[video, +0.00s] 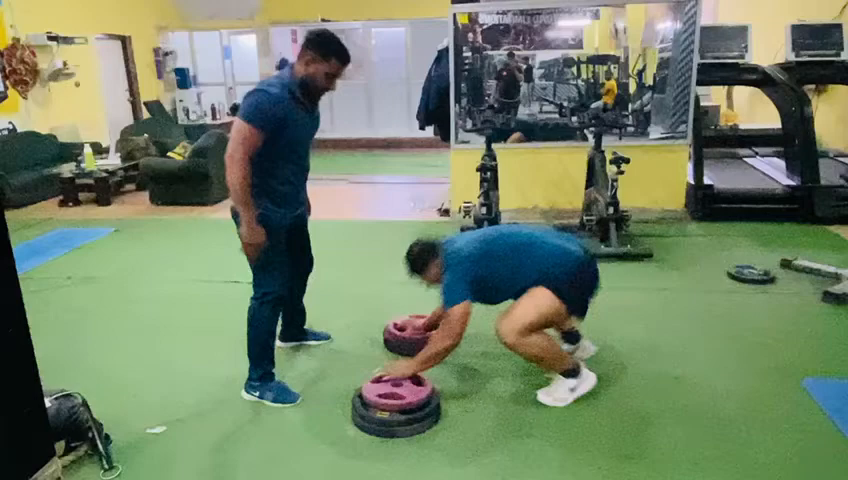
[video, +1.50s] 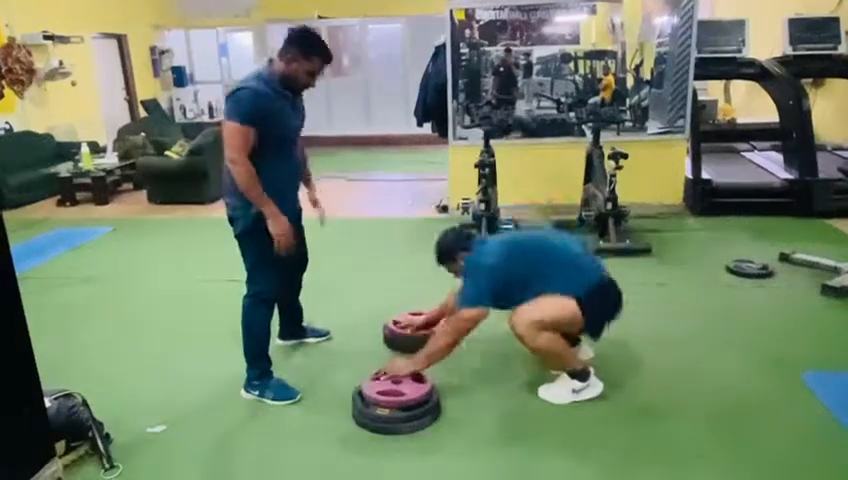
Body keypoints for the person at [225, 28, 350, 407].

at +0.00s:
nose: (333, 84)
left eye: (337, 77)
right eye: (329, 75)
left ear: (316, 66)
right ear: (307, 61)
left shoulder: (307, 100)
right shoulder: (267, 98)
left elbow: (291, 157)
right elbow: (236, 156)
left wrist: (299, 201)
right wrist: (248, 221)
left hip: (294, 212)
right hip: (263, 215)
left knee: (299, 269)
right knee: (270, 291)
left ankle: (293, 330)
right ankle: (259, 379)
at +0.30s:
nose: (315, 75)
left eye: (317, 68)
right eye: (311, 66)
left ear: (298, 57)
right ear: (288, 53)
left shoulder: (290, 91)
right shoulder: (253, 97)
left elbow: (298, 145)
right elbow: (242, 165)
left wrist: (323, 184)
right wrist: (255, 226)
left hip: (292, 208)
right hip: (264, 212)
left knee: (292, 272)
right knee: (267, 291)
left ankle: (292, 331)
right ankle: (258, 378)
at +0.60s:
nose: (304, 73)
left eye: (307, 66)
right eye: (300, 64)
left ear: (286, 56)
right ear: (276, 52)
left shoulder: (281, 93)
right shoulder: (244, 95)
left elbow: (293, 149)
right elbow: (242, 159)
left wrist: (320, 182)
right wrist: (292, 199)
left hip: (285, 203)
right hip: (256, 209)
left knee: (289, 269)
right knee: (263, 287)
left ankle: (291, 329)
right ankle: (257, 378)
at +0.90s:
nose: (296, 72)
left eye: (299, 64)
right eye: (292, 63)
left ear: (277, 55)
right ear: (268, 51)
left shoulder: (272, 91)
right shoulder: (236, 95)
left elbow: (280, 155)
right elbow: (233, 162)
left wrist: (294, 199)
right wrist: (261, 218)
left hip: (285, 208)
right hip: (256, 213)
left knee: (286, 274)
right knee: (258, 291)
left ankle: (290, 329)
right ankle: (257, 378)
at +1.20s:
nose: (295, 71)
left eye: (298, 63)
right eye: (290, 62)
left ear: (273, 55)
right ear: (265, 51)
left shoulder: (274, 91)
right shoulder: (234, 95)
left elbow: (287, 151)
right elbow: (231, 164)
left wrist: (307, 190)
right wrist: (255, 222)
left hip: (284, 204)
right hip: (256, 209)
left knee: (287, 269)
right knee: (259, 289)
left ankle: (290, 328)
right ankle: (257, 377)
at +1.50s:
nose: (313, 81)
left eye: (317, 75)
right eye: (311, 73)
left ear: (294, 63)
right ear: (289, 60)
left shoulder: (289, 94)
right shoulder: (248, 96)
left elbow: (292, 144)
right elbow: (236, 161)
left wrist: (308, 185)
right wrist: (271, 213)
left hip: (284, 201)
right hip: (252, 208)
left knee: (293, 264)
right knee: (263, 288)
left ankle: (291, 327)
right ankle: (257, 377)